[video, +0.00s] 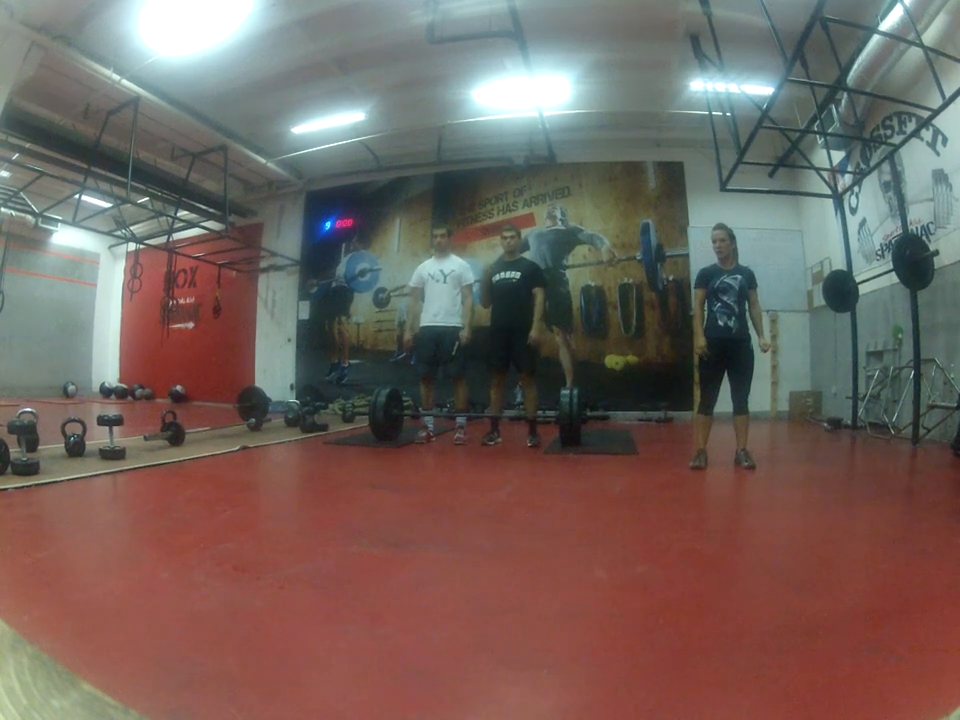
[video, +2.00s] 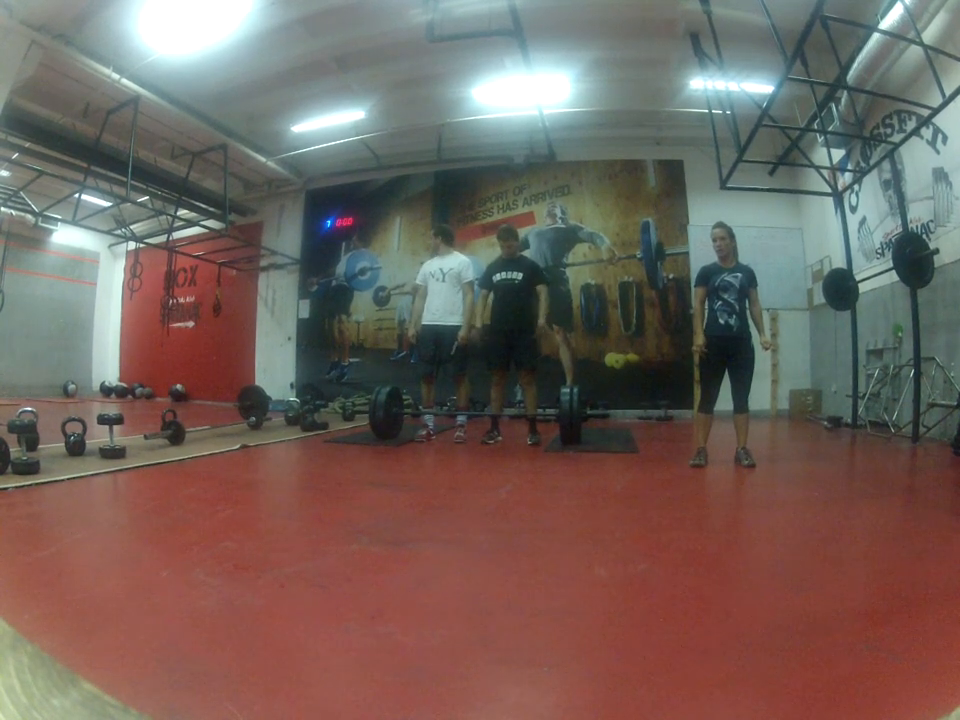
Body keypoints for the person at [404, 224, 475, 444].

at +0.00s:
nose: (438, 240)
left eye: (442, 236)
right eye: (435, 237)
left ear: (450, 239)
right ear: (431, 240)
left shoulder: (461, 265)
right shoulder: (423, 268)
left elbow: (468, 298)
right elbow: (414, 300)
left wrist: (467, 327)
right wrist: (409, 329)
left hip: (453, 328)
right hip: (427, 328)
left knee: (458, 377)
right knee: (426, 378)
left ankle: (461, 426)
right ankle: (428, 427)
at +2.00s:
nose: (431, 242)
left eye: (433, 238)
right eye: (431, 238)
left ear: (440, 239)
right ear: (442, 239)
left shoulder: (462, 262)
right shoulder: (427, 265)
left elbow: (469, 295)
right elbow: (420, 297)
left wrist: (466, 327)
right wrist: (413, 325)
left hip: (454, 326)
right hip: (428, 326)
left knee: (459, 375)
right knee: (426, 375)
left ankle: (461, 424)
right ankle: (428, 424)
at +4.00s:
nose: (438, 248)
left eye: (441, 244)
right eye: (435, 244)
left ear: (449, 242)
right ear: (432, 243)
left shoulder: (462, 264)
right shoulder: (425, 266)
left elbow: (471, 296)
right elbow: (416, 298)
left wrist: (472, 325)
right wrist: (408, 325)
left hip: (456, 328)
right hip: (429, 327)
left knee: (459, 376)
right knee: (426, 376)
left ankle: (461, 425)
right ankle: (427, 425)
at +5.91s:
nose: (436, 248)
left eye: (439, 244)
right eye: (433, 245)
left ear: (446, 242)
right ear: (428, 243)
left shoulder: (459, 263)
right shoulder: (421, 266)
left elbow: (467, 296)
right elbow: (414, 299)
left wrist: (468, 327)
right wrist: (409, 327)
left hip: (454, 328)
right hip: (426, 328)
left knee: (458, 376)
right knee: (425, 376)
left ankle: (461, 425)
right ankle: (427, 425)